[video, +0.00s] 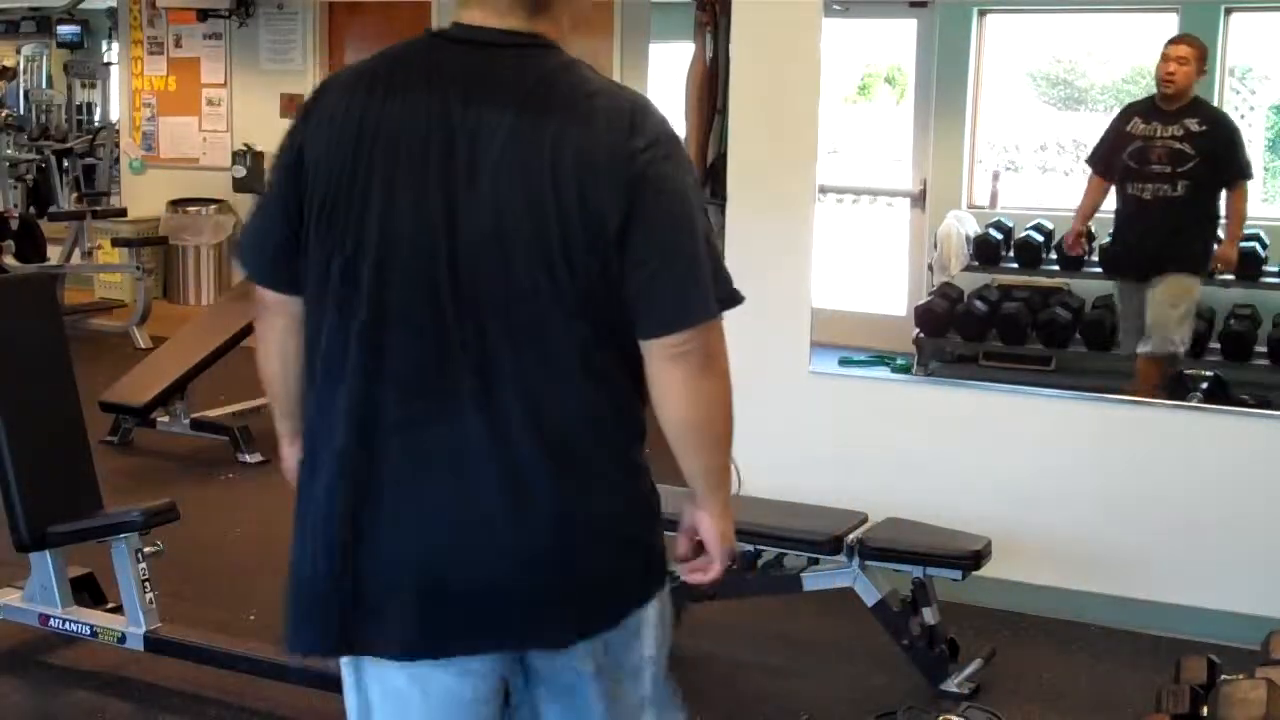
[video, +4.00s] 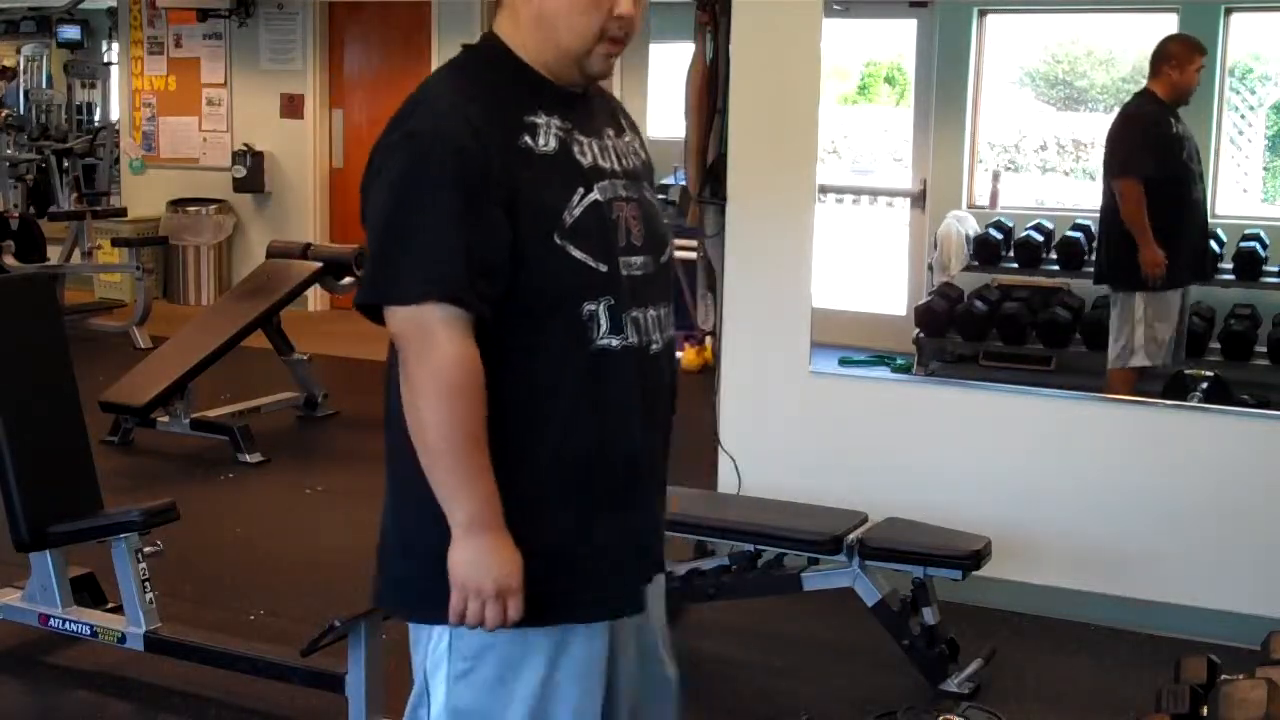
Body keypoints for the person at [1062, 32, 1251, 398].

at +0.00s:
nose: (1169, 67)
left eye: (1181, 62)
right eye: (1165, 59)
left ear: (1199, 73)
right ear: (1157, 65)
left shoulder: (1216, 124)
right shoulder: (1131, 115)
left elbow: (1237, 186)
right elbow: (1102, 174)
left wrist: (1231, 243)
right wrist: (1079, 224)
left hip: (1183, 251)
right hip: (1129, 247)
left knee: (1155, 350)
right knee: (1142, 349)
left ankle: (1134, 437)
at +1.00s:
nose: (1147, 66)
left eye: (1151, 59)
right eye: (1137, 57)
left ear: (1155, 65)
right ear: (1110, 62)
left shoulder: (1147, 118)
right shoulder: (1083, 116)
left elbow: (1161, 178)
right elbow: (1055, 183)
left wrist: (1173, 226)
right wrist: (1061, 248)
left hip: (1138, 260)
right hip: (1088, 260)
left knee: (1133, 367)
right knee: (1063, 364)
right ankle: (1052, 444)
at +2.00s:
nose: (1135, 63)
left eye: (1132, 55)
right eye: (1128, 55)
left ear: (1104, 65)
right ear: (1105, 64)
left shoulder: (1111, 109)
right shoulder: (1087, 108)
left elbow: (1126, 184)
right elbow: (1115, 158)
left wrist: (1149, 228)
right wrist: (1136, 119)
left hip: (1106, 252)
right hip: (1083, 255)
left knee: (1093, 357)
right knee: (1078, 357)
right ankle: (1062, 440)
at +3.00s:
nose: (1162, 64)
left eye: (1159, 56)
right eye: (1155, 56)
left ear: (1129, 66)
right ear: (1133, 65)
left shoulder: (1120, 109)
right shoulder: (1125, 113)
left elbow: (1116, 183)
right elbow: (1120, 184)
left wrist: (1162, 231)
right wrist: (1166, 233)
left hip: (1113, 263)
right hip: (1125, 267)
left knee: (1100, 363)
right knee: (1118, 371)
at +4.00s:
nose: (1200, 79)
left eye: (1201, 71)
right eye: (1197, 70)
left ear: (1171, 69)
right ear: (1172, 68)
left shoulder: (1168, 118)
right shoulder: (1140, 115)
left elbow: (1169, 187)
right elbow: (1126, 184)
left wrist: (1183, 245)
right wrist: (1146, 246)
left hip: (1168, 260)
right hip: (1143, 263)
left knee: (1143, 364)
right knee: (1127, 364)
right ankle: (1113, 446)